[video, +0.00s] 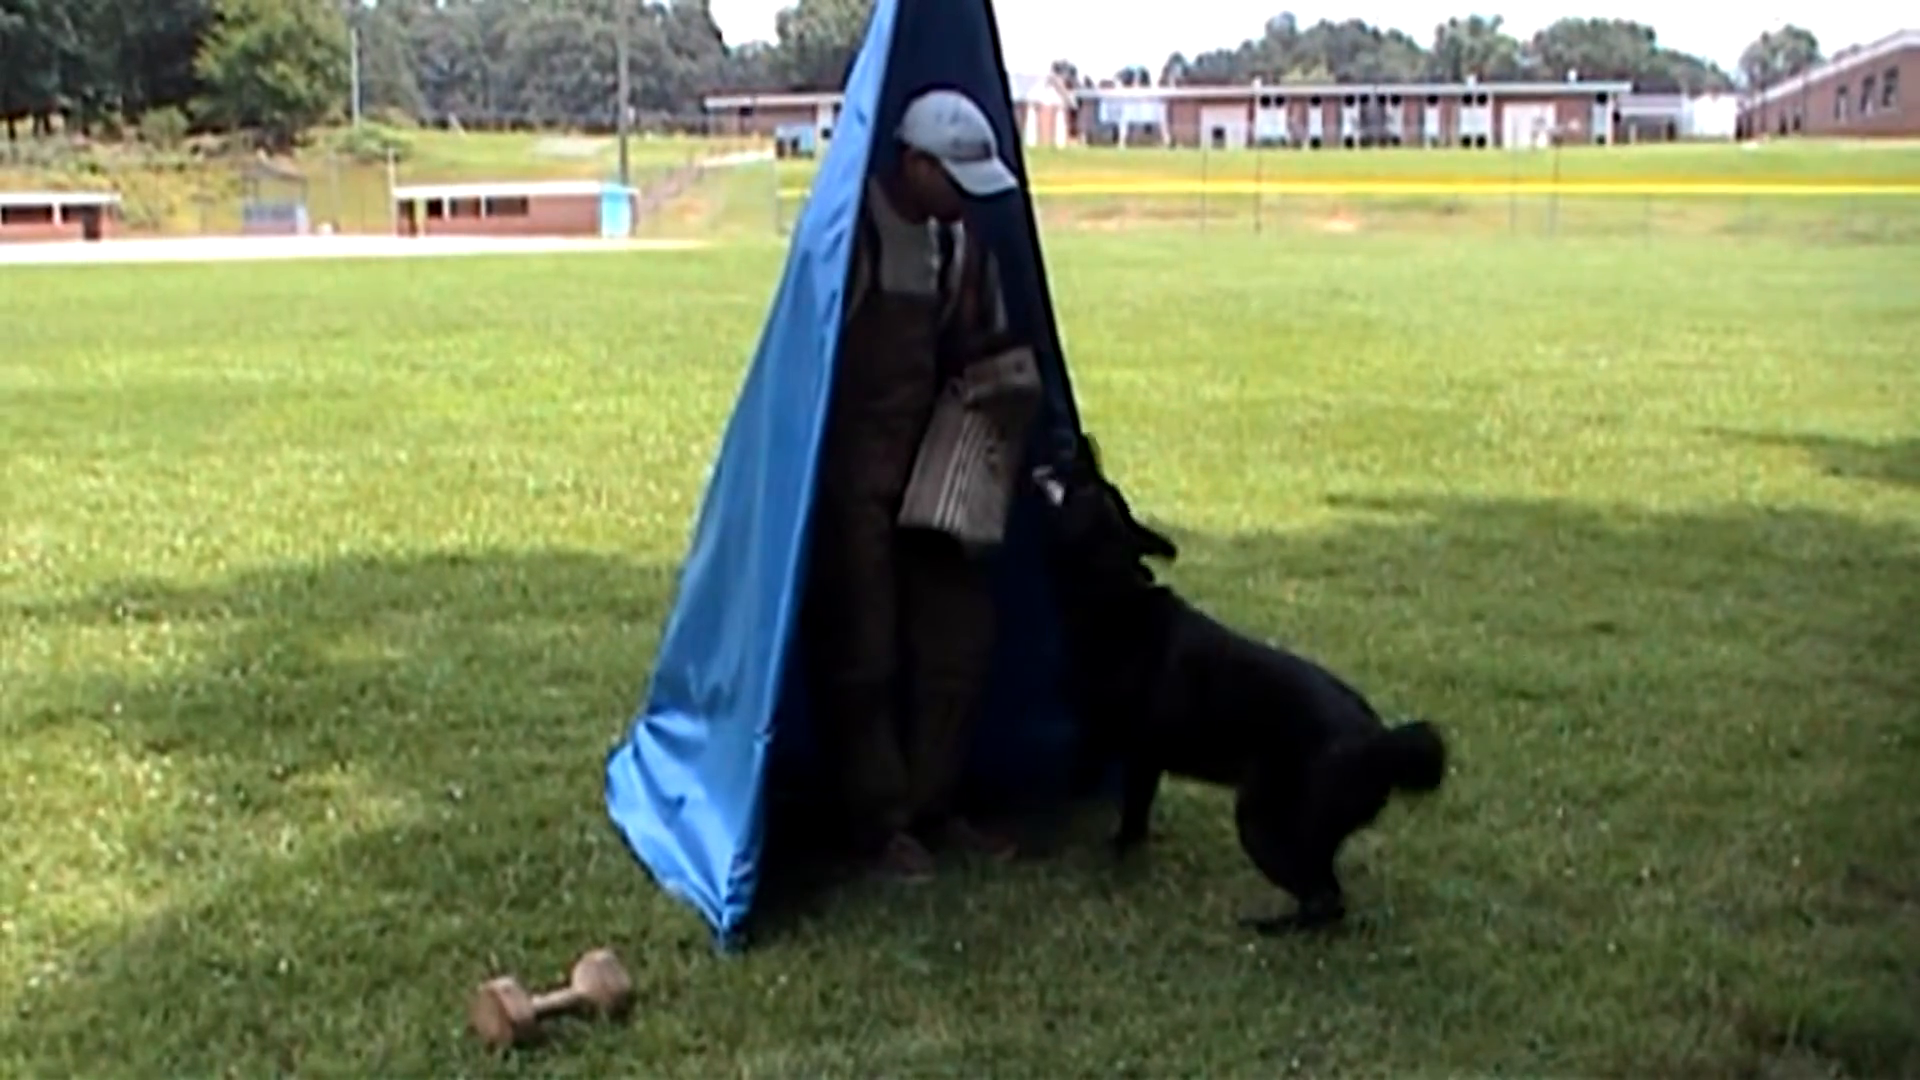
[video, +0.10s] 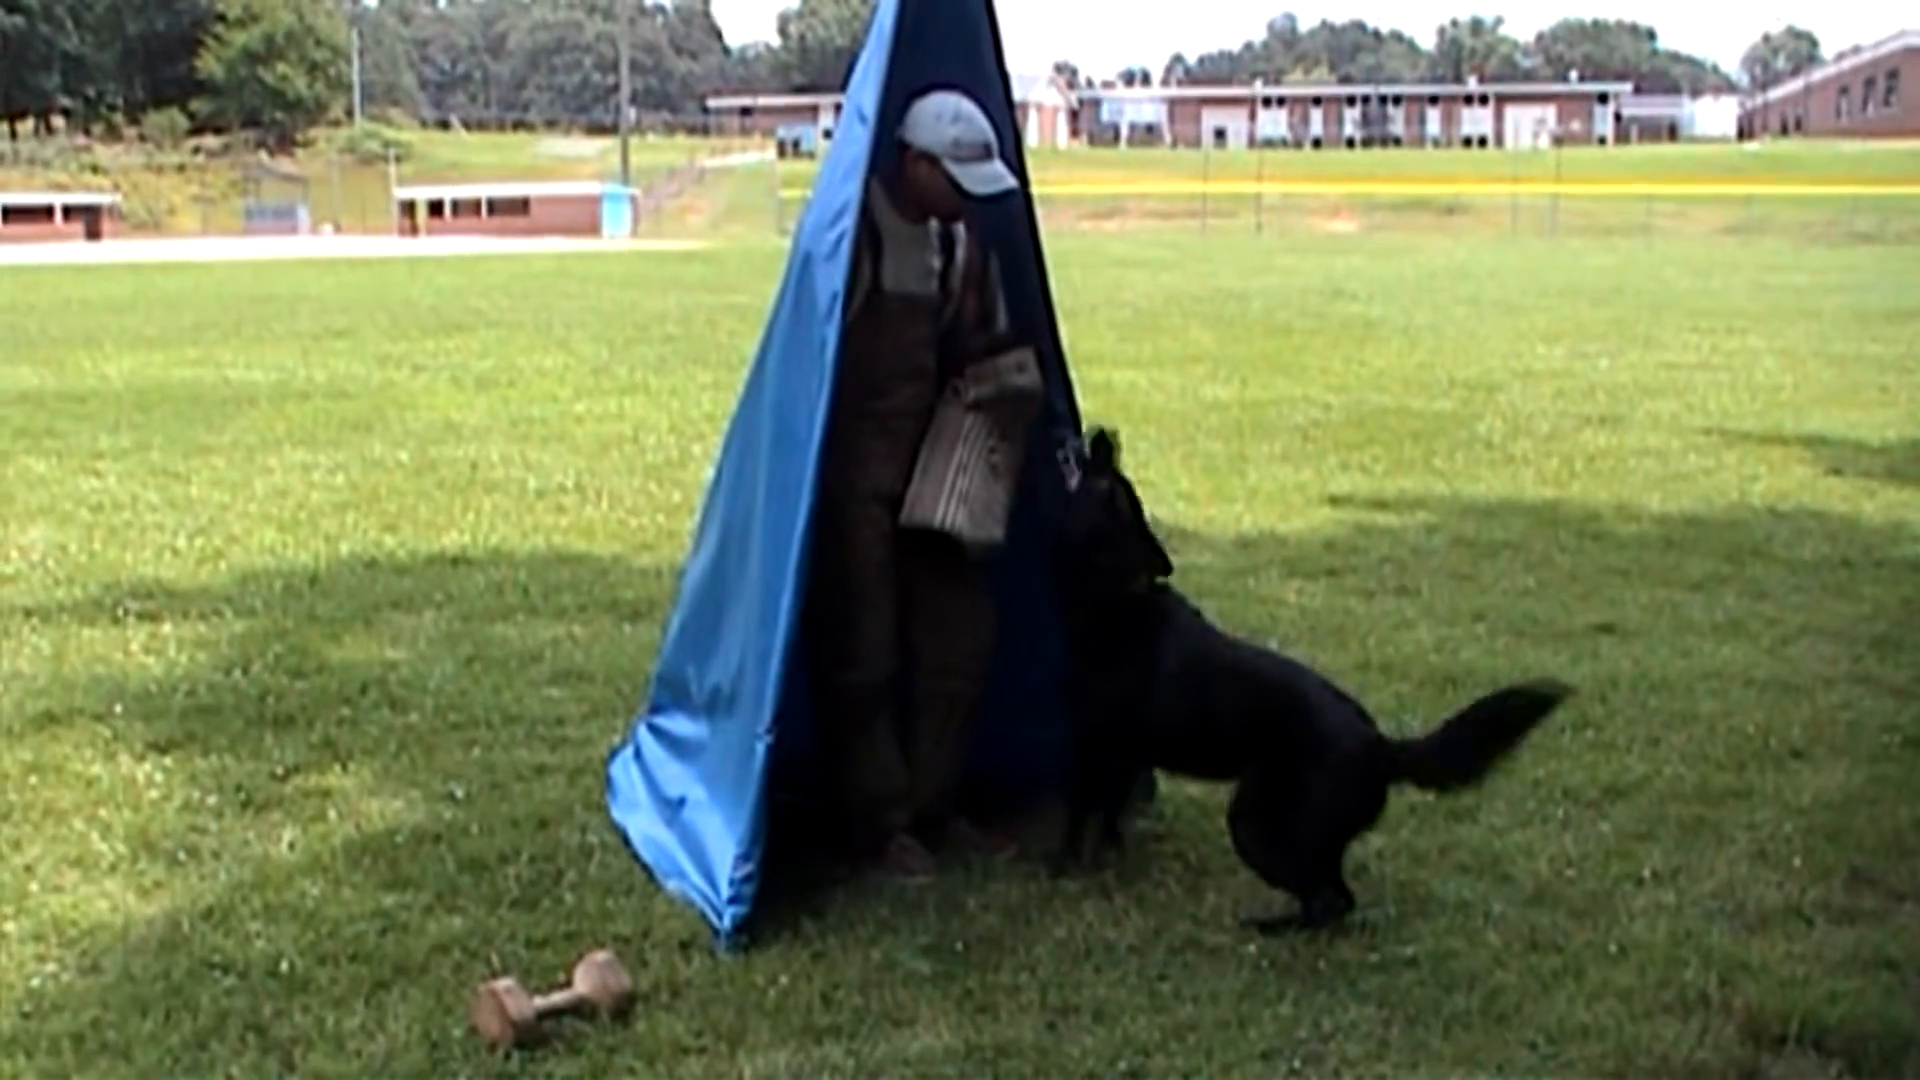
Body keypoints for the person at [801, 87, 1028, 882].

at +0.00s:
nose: (964, 199)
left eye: (971, 184)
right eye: (954, 182)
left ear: (965, 174)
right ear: (910, 163)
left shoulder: (967, 246)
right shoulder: (845, 242)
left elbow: (995, 360)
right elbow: (806, 372)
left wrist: (1000, 386)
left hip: (944, 481)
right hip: (853, 484)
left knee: (951, 640)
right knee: (868, 653)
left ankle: (939, 808)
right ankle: (880, 826)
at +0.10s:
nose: (963, 199)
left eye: (971, 185)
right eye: (954, 181)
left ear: (966, 174)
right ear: (910, 162)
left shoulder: (967, 247)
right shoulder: (846, 241)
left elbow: (990, 361)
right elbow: (807, 374)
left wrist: (1005, 380)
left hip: (944, 480)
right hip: (855, 483)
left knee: (951, 641)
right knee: (869, 653)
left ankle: (938, 807)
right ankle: (880, 826)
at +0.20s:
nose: (964, 199)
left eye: (972, 185)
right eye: (955, 182)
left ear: (967, 174)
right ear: (912, 163)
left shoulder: (968, 249)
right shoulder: (848, 242)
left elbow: (997, 362)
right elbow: (810, 373)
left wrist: (1003, 393)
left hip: (946, 480)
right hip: (856, 482)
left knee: (951, 641)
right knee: (870, 653)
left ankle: (938, 809)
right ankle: (881, 826)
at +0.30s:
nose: (964, 199)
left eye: (972, 184)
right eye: (955, 181)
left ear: (966, 175)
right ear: (912, 162)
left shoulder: (968, 250)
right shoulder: (847, 242)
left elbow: (996, 363)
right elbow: (809, 371)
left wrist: (1002, 393)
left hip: (946, 480)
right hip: (856, 482)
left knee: (950, 643)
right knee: (871, 653)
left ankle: (939, 809)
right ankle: (882, 826)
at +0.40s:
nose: (964, 198)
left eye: (971, 184)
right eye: (954, 180)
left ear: (965, 174)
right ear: (911, 161)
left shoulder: (968, 249)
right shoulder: (847, 241)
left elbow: (995, 361)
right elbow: (809, 370)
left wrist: (1003, 383)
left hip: (946, 480)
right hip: (857, 482)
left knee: (951, 642)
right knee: (871, 653)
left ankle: (939, 809)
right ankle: (882, 826)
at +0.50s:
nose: (964, 198)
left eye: (971, 183)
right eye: (954, 180)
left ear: (965, 174)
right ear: (912, 162)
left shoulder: (967, 248)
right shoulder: (848, 241)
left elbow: (995, 361)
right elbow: (809, 370)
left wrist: (1003, 382)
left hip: (945, 478)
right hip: (856, 480)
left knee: (952, 640)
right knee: (871, 652)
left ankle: (938, 808)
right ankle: (881, 826)